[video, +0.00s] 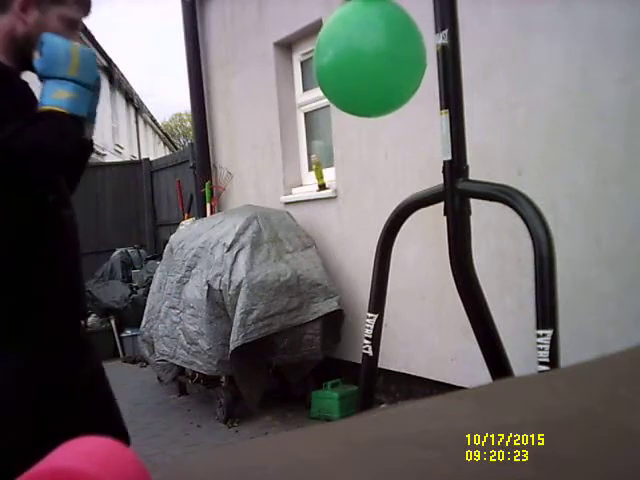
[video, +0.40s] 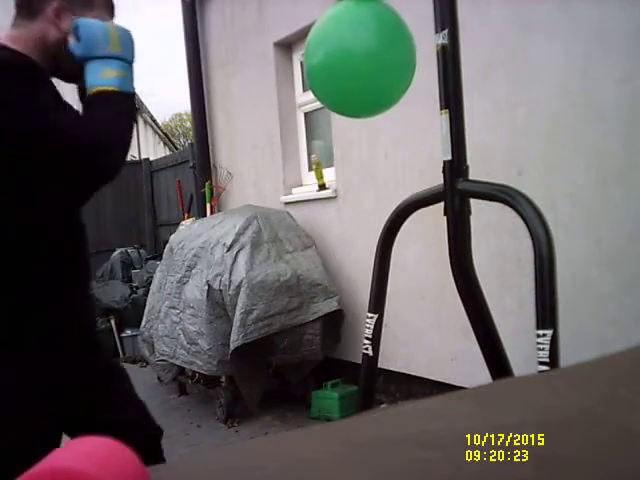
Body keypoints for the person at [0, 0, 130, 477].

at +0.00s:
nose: (78, 39)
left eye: (80, 26)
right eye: (71, 22)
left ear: (25, 14)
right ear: (23, 11)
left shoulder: (19, 89)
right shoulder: (4, 88)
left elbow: (52, 190)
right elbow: (31, 194)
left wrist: (75, 98)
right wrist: (66, 95)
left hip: (47, 323)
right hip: (25, 329)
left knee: (97, 453)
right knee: (95, 454)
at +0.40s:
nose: (101, 40)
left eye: (106, 27)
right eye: (98, 25)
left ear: (52, 17)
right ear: (61, 16)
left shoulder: (22, 82)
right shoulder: (17, 85)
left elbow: (89, 166)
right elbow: (91, 165)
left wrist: (105, 73)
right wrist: (109, 68)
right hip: (41, 329)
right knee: (133, 443)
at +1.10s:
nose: (249, 31)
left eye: (248, 17)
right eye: (243, 14)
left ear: (207, 13)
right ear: (207, 10)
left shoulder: (222, 92)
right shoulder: (123, 73)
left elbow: (255, 132)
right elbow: (129, 162)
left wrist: (316, 113)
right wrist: (190, 88)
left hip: (195, 300)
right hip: (123, 302)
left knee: (238, 447)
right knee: (92, 454)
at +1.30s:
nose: (223, 43)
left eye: (225, 32)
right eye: (219, 29)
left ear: (182, 23)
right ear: (184, 21)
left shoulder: (166, 93)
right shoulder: (120, 78)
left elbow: (159, 195)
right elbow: (168, 159)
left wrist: (213, 176)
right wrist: (213, 94)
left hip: (179, 309)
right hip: (126, 313)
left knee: (230, 432)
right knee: (110, 455)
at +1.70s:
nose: (111, 52)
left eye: (113, 40)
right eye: (106, 36)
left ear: (71, 32)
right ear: (68, 28)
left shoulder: (67, 106)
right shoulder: (7, 92)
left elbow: (68, 202)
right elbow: (32, 191)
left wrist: (109, 165)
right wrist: (92, 114)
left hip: (98, 315)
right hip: (33, 323)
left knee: (162, 441)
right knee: (41, 466)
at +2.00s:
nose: (70, 48)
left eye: (71, 36)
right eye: (63, 31)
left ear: (25, 27)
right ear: (22, 25)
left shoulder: (42, 104)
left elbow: (66, 199)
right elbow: (5, 206)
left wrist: (89, 146)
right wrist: (40, 131)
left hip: (72, 305)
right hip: (12, 311)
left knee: (112, 443)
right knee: (20, 462)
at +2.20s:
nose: (23, 56)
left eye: (27, 44)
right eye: (17, 41)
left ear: (26, 40)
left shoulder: (15, 102)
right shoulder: (7, 98)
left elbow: (9, 204)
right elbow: (5, 205)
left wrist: (26, 147)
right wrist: (13, 130)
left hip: (7, 309)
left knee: (58, 452)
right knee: (56, 450)